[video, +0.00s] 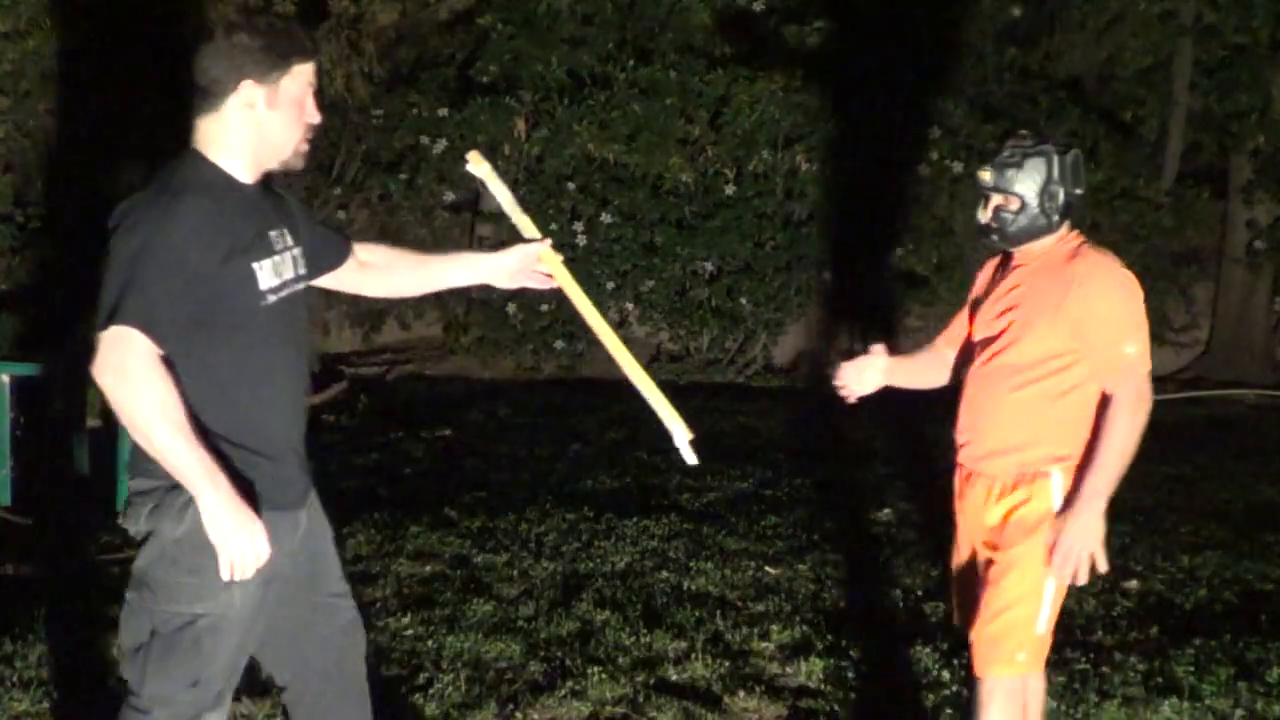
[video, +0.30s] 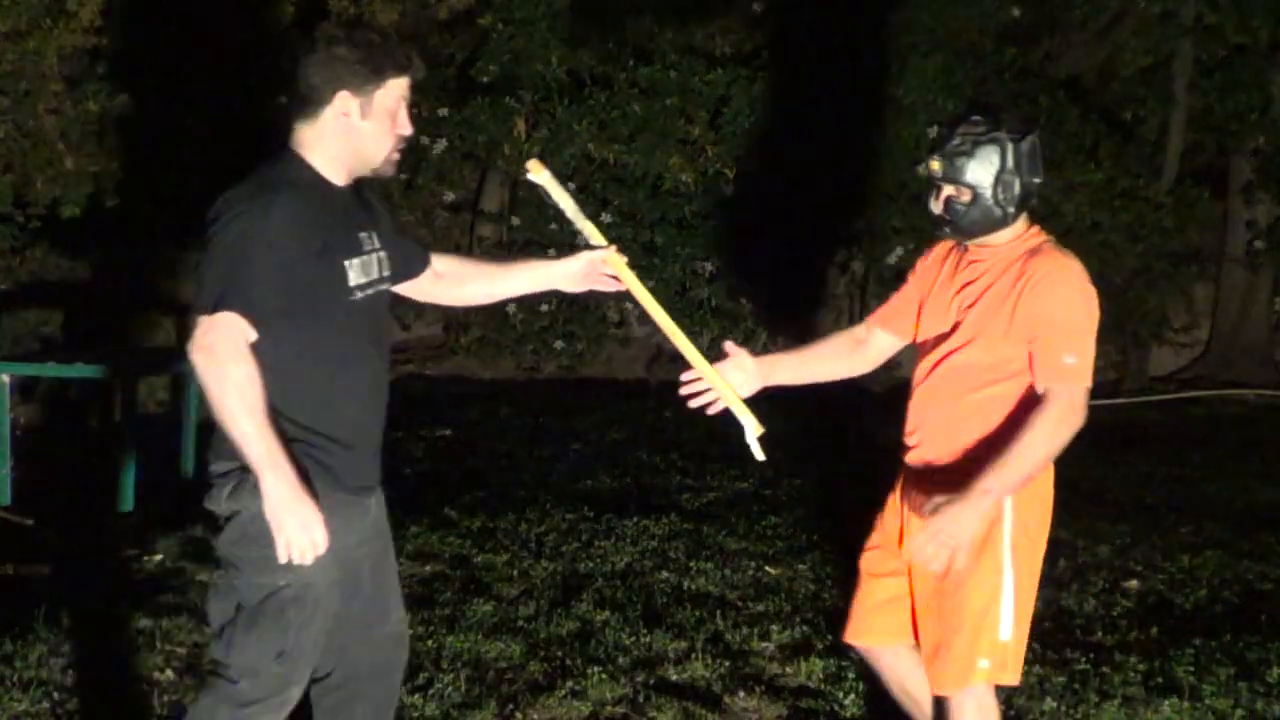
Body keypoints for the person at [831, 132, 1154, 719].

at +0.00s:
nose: (994, 210)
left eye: (1012, 197)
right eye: (992, 194)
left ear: (1052, 201)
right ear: (990, 192)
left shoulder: (1103, 280)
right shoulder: (995, 274)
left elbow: (1133, 399)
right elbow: (946, 360)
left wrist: (1090, 507)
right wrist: (887, 370)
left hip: (1042, 497)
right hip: (974, 491)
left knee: (1000, 666)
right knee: (1007, 662)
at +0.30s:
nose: (939, 203)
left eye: (956, 190)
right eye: (937, 186)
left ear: (1003, 195)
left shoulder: (1056, 279)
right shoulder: (942, 262)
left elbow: (1066, 407)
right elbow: (868, 343)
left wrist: (973, 506)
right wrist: (760, 370)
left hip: (994, 502)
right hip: (914, 490)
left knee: (963, 677)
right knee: (877, 636)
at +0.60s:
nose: (875, 208)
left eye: (893, 195)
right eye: (872, 191)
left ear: (941, 195)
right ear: (871, 190)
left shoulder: (996, 277)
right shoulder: (876, 266)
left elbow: (969, 410)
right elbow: (830, 371)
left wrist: (842, 431)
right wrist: (763, 382)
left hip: (933, 501)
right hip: (852, 492)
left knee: (900, 689)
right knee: (832, 671)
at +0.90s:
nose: (805, 214)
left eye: (815, 198)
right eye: (801, 199)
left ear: (858, 192)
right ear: (858, 193)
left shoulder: (912, 269)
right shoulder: (866, 272)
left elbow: (875, 412)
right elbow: (824, 393)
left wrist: (759, 439)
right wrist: (753, 394)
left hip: (870, 509)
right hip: (833, 504)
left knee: (803, 697)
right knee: (818, 697)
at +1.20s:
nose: (748, 216)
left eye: (750, 200)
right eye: (743, 202)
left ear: (781, 195)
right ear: (820, 177)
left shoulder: (831, 278)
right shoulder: (882, 255)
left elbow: (765, 433)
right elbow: (801, 380)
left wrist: (689, 449)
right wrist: (701, 380)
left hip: (843, 514)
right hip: (885, 507)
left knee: (784, 702)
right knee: (843, 701)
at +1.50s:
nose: (756, 223)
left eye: (762, 208)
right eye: (754, 209)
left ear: (799, 206)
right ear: (827, 195)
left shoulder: (858, 290)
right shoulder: (875, 274)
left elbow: (828, 455)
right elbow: (828, 407)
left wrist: (749, 484)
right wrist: (737, 418)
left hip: (865, 527)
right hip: (887, 519)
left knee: (797, 703)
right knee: (884, 689)